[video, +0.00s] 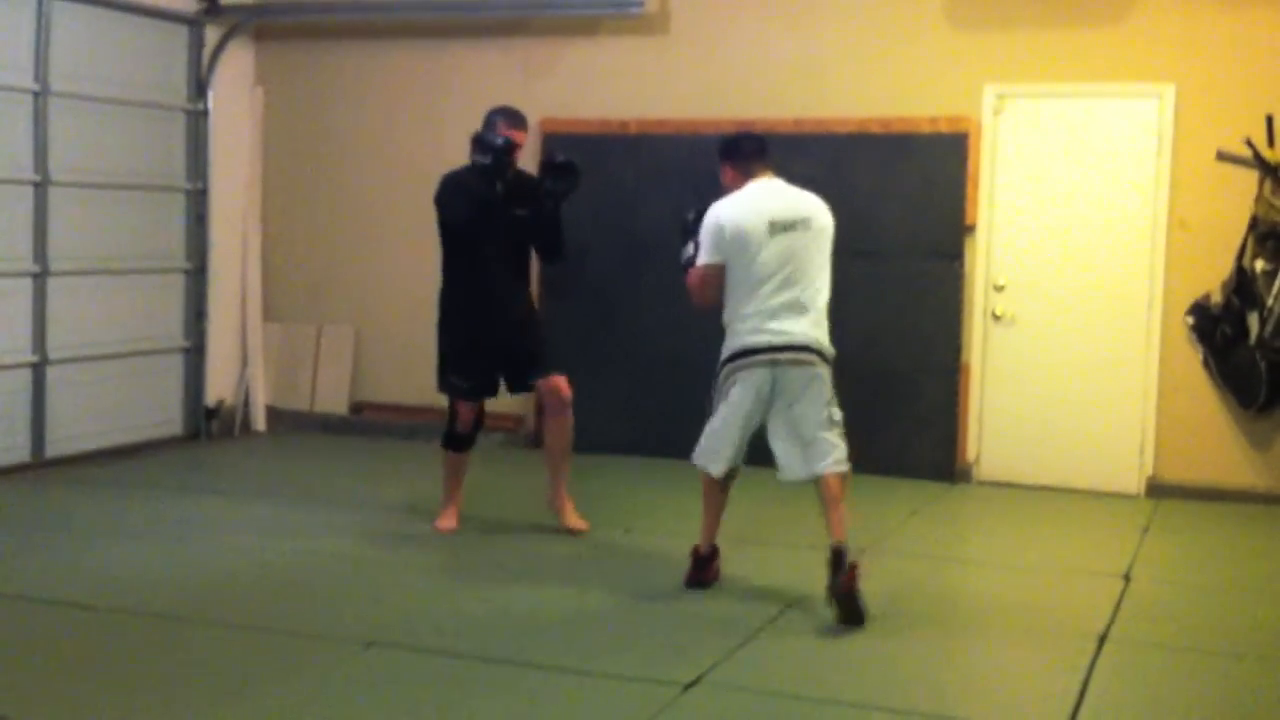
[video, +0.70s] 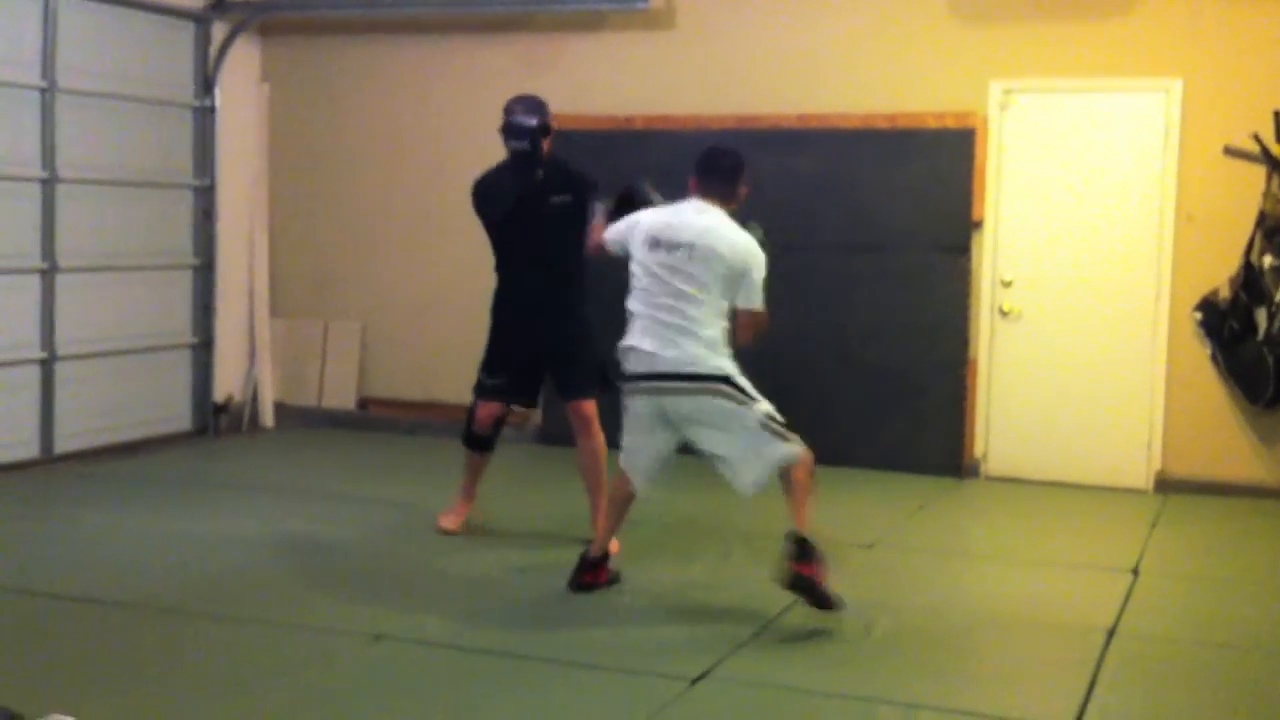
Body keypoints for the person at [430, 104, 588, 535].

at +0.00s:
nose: (509, 152)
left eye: (517, 146)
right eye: (502, 143)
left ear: (524, 148)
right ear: (482, 140)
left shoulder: (529, 189)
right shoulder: (458, 185)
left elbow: (551, 253)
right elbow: (458, 232)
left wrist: (551, 198)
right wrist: (489, 178)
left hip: (516, 311)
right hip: (466, 312)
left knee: (558, 392)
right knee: (466, 412)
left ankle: (561, 496)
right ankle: (451, 503)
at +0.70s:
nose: (525, 143)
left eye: (533, 135)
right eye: (517, 135)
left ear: (547, 137)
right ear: (502, 136)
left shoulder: (576, 184)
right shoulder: (490, 187)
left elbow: (579, 242)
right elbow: (511, 232)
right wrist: (524, 164)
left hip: (568, 314)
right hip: (515, 314)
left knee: (585, 413)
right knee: (486, 413)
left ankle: (602, 528)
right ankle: (464, 500)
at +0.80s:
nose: (513, 141)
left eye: (518, 133)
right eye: (508, 133)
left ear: (507, 134)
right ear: (515, 134)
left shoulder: (566, 181)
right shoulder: (484, 191)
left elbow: (613, 227)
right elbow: (507, 243)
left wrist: (600, 268)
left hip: (565, 312)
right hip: (511, 314)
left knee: (582, 414)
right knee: (475, 413)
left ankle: (604, 530)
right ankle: (446, 505)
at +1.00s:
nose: (520, 143)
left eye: (527, 134)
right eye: (511, 135)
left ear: (538, 132)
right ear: (494, 133)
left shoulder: (555, 180)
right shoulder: (478, 184)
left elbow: (600, 212)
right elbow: (473, 242)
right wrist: (491, 179)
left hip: (549, 308)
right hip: (497, 308)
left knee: (560, 402)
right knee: (470, 409)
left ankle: (581, 521)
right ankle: (446, 507)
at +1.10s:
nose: (522, 139)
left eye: (530, 129)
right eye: (513, 130)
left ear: (543, 127)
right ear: (498, 128)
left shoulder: (558, 175)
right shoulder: (486, 175)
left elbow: (583, 229)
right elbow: (473, 238)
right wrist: (488, 177)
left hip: (550, 306)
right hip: (500, 306)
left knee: (556, 409)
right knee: (469, 408)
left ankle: (579, 522)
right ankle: (453, 503)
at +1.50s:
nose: (535, 140)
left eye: (545, 133)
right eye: (529, 129)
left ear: (560, 135)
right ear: (515, 126)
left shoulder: (567, 182)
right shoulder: (490, 171)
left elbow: (586, 240)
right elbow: (448, 228)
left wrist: (597, 184)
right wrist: (476, 172)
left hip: (544, 307)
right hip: (490, 305)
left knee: (543, 401)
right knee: (480, 409)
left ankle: (572, 507)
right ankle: (490, 503)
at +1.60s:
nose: (531, 141)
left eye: (541, 133)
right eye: (524, 130)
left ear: (553, 134)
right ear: (506, 126)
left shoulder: (565, 184)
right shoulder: (482, 173)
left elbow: (580, 247)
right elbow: (456, 236)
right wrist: (480, 176)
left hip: (543, 309)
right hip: (490, 308)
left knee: (541, 398)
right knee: (481, 409)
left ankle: (571, 511)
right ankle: (490, 505)